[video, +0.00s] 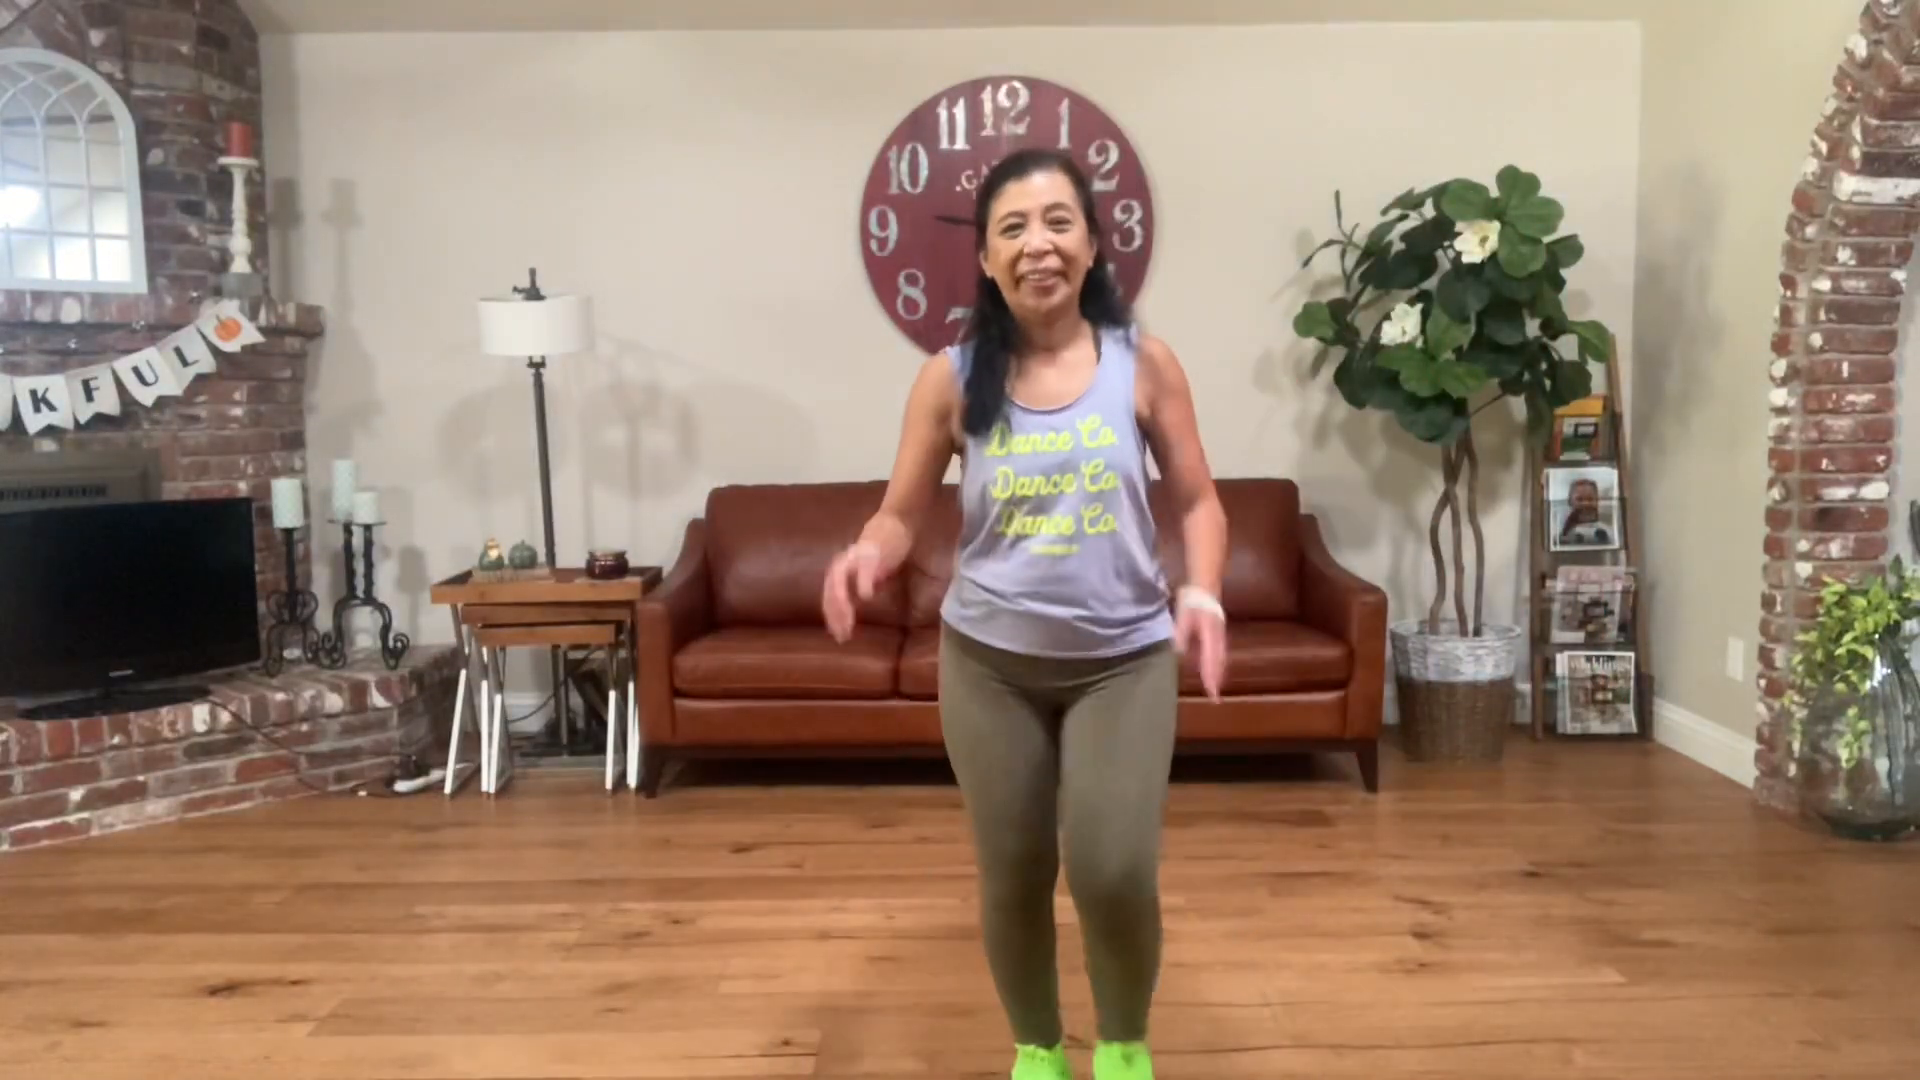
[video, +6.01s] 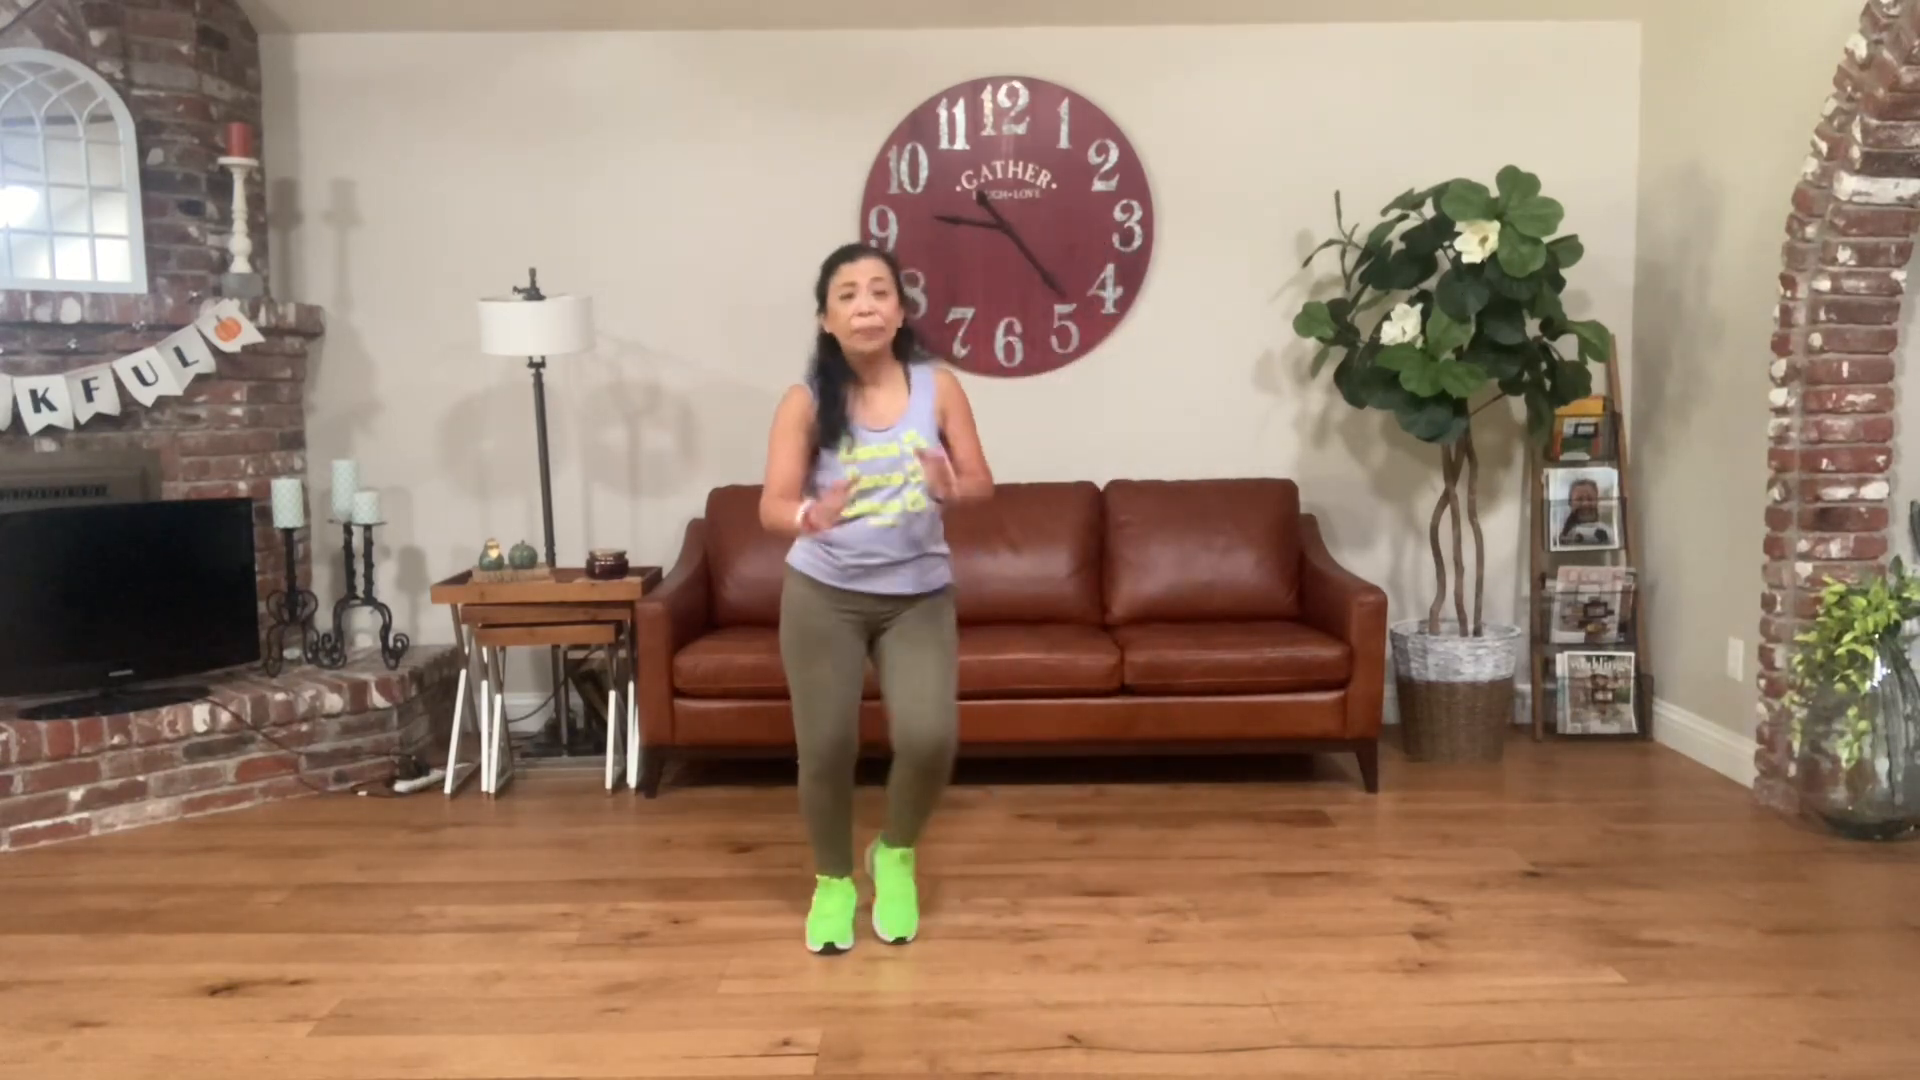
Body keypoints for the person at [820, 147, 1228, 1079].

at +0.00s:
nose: (1039, 244)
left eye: (1059, 222)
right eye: (1014, 228)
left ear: (1092, 244)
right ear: (986, 259)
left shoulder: (1144, 366)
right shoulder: (951, 378)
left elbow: (1198, 503)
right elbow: (899, 515)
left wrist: (1201, 591)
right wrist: (871, 548)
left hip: (1125, 661)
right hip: (988, 662)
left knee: (1113, 870)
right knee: (1013, 871)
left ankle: (1123, 1048)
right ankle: (1036, 1053)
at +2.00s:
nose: (1032, 279)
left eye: (1047, 264)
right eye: (1013, 267)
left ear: (1071, 281)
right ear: (990, 289)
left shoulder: (1103, 370)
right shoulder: (965, 379)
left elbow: (1131, 454)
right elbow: (933, 476)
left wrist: (1157, 486)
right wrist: (924, 509)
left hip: (1092, 599)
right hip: (987, 597)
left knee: (1114, 755)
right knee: (938, 753)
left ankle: (1140, 900)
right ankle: (878, 908)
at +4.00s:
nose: (982, 303)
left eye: (986, 289)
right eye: (966, 290)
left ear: (986, 296)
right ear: (919, 298)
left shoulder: (1000, 377)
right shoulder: (874, 388)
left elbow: (1010, 447)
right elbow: (826, 464)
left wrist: (1051, 495)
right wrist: (824, 508)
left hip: (982, 593)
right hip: (884, 587)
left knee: (1037, 741)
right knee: (875, 750)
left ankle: (1072, 874)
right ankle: (864, 884)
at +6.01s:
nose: (866, 305)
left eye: (880, 291)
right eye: (848, 295)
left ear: (901, 308)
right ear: (825, 316)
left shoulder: (937, 386)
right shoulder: (807, 400)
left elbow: (981, 485)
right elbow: (773, 507)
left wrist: (953, 484)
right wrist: (810, 514)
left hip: (920, 594)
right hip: (822, 594)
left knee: (929, 739)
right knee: (826, 745)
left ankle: (895, 856)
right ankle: (834, 882)